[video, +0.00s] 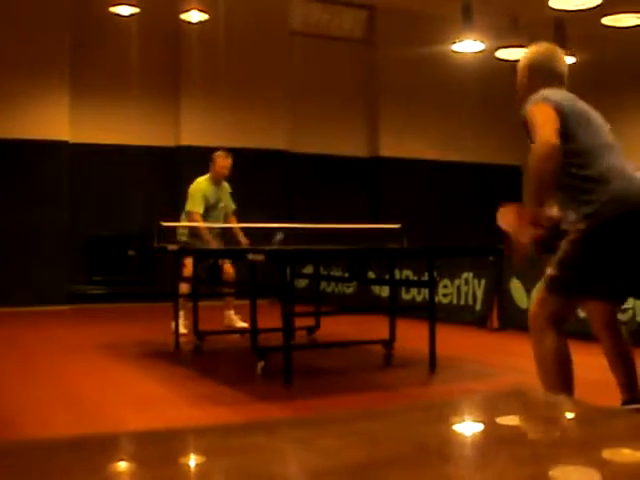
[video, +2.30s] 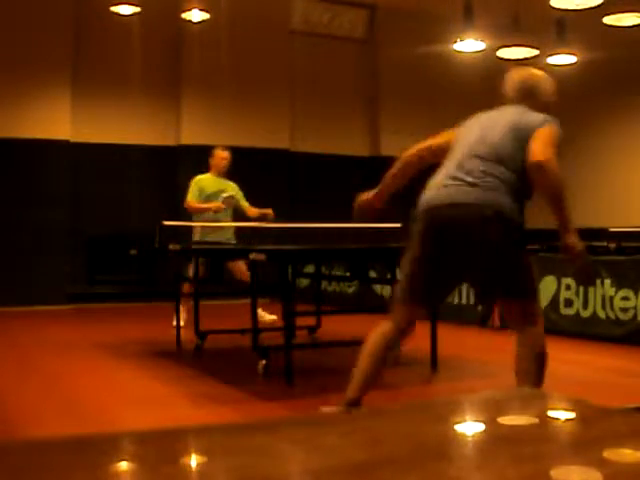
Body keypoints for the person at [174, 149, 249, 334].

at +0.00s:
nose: (225, 171)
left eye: (227, 168)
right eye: (222, 167)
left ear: (229, 168)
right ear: (212, 166)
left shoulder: (224, 187)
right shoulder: (199, 186)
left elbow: (230, 216)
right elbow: (195, 218)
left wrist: (240, 236)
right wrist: (210, 241)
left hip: (212, 237)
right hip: (190, 238)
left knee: (228, 271)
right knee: (188, 272)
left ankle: (229, 313)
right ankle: (182, 317)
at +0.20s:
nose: (234, 176)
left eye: (236, 173)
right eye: (231, 172)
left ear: (236, 173)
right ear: (220, 170)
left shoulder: (228, 191)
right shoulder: (206, 187)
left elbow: (224, 217)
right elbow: (203, 212)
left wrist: (227, 238)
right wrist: (227, 219)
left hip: (213, 240)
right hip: (193, 240)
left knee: (230, 272)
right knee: (192, 275)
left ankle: (230, 313)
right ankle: (182, 318)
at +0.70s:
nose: (233, 159)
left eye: (236, 156)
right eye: (230, 155)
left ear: (240, 159)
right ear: (222, 157)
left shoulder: (240, 180)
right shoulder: (212, 177)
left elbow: (245, 211)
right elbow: (205, 207)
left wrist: (254, 234)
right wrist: (219, 225)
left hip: (228, 236)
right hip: (206, 235)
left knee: (235, 272)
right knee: (200, 270)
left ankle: (232, 312)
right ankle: (188, 311)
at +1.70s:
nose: (250, 170)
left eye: (253, 167)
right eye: (247, 166)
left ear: (256, 170)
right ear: (240, 166)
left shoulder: (252, 189)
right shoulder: (228, 181)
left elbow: (251, 219)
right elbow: (222, 206)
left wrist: (256, 243)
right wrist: (228, 229)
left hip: (240, 237)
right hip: (219, 237)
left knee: (257, 270)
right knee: (205, 273)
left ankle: (260, 310)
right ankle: (194, 313)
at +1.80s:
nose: (253, 168)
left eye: (256, 166)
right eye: (251, 164)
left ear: (259, 169)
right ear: (243, 163)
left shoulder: (253, 190)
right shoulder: (229, 177)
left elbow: (252, 220)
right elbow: (224, 181)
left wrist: (257, 242)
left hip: (242, 240)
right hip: (220, 238)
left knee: (258, 272)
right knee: (206, 273)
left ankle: (260, 310)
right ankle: (195, 313)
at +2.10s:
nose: (244, 164)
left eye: (247, 161)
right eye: (241, 160)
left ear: (250, 165)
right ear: (233, 160)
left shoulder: (251, 189)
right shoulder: (219, 180)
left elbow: (262, 213)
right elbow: (201, 199)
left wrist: (272, 230)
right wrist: (212, 192)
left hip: (242, 240)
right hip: (217, 238)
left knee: (258, 272)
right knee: (203, 273)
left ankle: (261, 311)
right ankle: (185, 306)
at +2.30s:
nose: (224, 164)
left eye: (227, 160)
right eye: (221, 159)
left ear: (229, 163)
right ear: (211, 160)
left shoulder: (231, 187)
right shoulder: (198, 181)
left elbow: (248, 211)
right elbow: (189, 205)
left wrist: (264, 212)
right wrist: (211, 207)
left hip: (227, 241)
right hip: (202, 240)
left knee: (244, 274)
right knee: (191, 279)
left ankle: (257, 310)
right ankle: (182, 312)